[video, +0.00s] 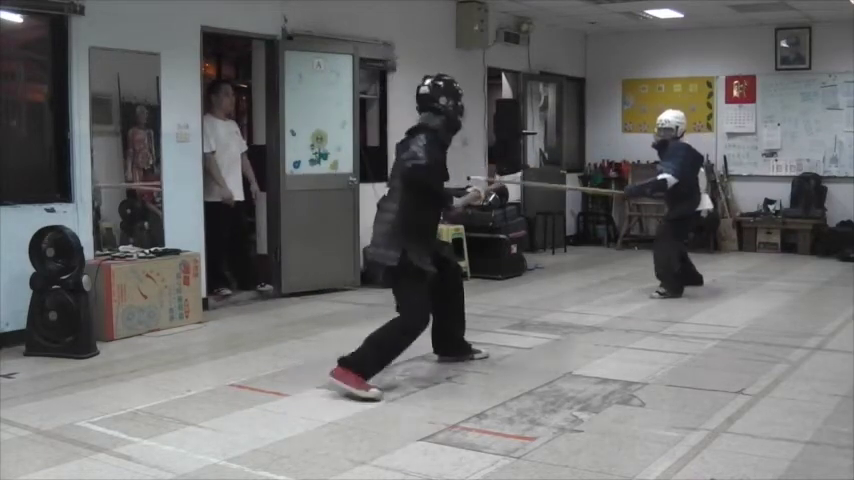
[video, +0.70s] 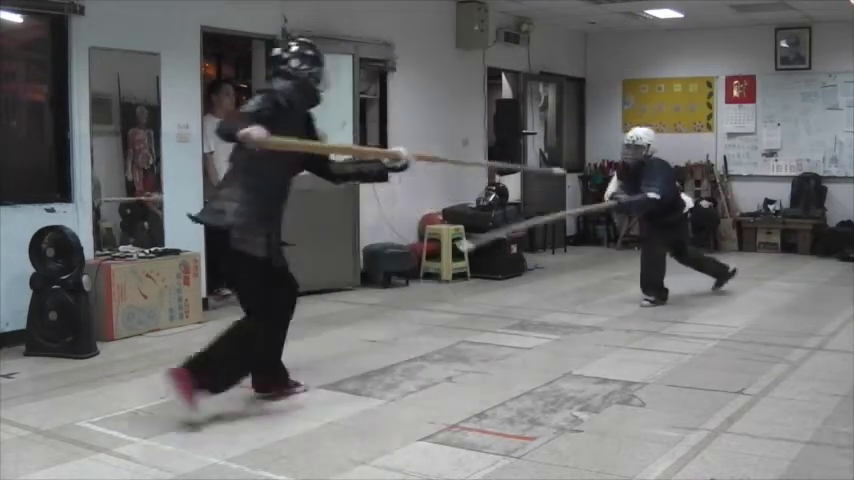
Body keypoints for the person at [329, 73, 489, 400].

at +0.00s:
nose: (461, 110)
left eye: (460, 103)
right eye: (457, 103)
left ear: (430, 105)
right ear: (445, 104)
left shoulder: (430, 142)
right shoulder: (423, 140)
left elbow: (425, 203)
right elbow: (418, 186)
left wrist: (464, 201)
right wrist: (459, 198)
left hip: (413, 239)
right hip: (399, 240)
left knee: (449, 275)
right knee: (415, 316)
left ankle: (451, 347)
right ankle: (352, 369)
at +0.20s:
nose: (423, 92)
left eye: (422, 85)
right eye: (417, 86)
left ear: (401, 87)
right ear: (401, 87)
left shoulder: (403, 124)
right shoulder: (384, 120)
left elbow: (404, 188)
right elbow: (379, 162)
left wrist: (449, 196)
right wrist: (428, 159)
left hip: (396, 225)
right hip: (382, 228)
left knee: (431, 288)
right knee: (429, 295)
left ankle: (450, 345)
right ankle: (391, 370)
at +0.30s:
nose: (404, 84)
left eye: (403, 77)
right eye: (397, 78)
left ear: (380, 81)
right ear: (380, 81)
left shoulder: (384, 122)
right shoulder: (366, 117)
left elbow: (393, 188)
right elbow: (363, 152)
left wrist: (440, 198)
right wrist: (407, 140)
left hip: (376, 226)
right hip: (362, 228)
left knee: (413, 294)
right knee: (409, 300)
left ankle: (411, 356)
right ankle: (390, 370)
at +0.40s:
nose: (389, 79)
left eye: (389, 72)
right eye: (383, 71)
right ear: (364, 72)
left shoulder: (373, 117)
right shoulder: (345, 105)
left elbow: (377, 184)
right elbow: (321, 139)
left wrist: (423, 195)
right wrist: (354, 137)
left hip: (355, 224)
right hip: (334, 224)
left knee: (385, 289)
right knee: (382, 290)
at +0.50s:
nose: (375, 70)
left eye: (375, 63)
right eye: (369, 61)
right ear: (350, 60)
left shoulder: (354, 106)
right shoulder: (328, 92)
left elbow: (361, 175)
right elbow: (291, 126)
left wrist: (403, 187)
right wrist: (309, 146)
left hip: (322, 210)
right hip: (304, 210)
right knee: (344, 282)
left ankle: (280, 359)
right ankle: (372, 366)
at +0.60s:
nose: (347, 84)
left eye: (348, 76)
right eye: (340, 75)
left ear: (342, 78)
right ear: (320, 73)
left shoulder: (328, 119)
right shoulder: (297, 99)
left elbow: (355, 168)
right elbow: (260, 133)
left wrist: (403, 169)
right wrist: (278, 131)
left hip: (287, 221)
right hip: (263, 218)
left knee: (314, 285)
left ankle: (289, 371)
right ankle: (277, 372)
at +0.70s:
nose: (316, 84)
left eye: (317, 75)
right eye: (310, 75)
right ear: (290, 73)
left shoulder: (302, 122)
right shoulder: (269, 103)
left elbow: (331, 170)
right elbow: (226, 126)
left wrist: (386, 166)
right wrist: (244, 130)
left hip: (258, 225)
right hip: (233, 223)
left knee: (280, 294)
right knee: (272, 300)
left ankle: (269, 377)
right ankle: (196, 374)